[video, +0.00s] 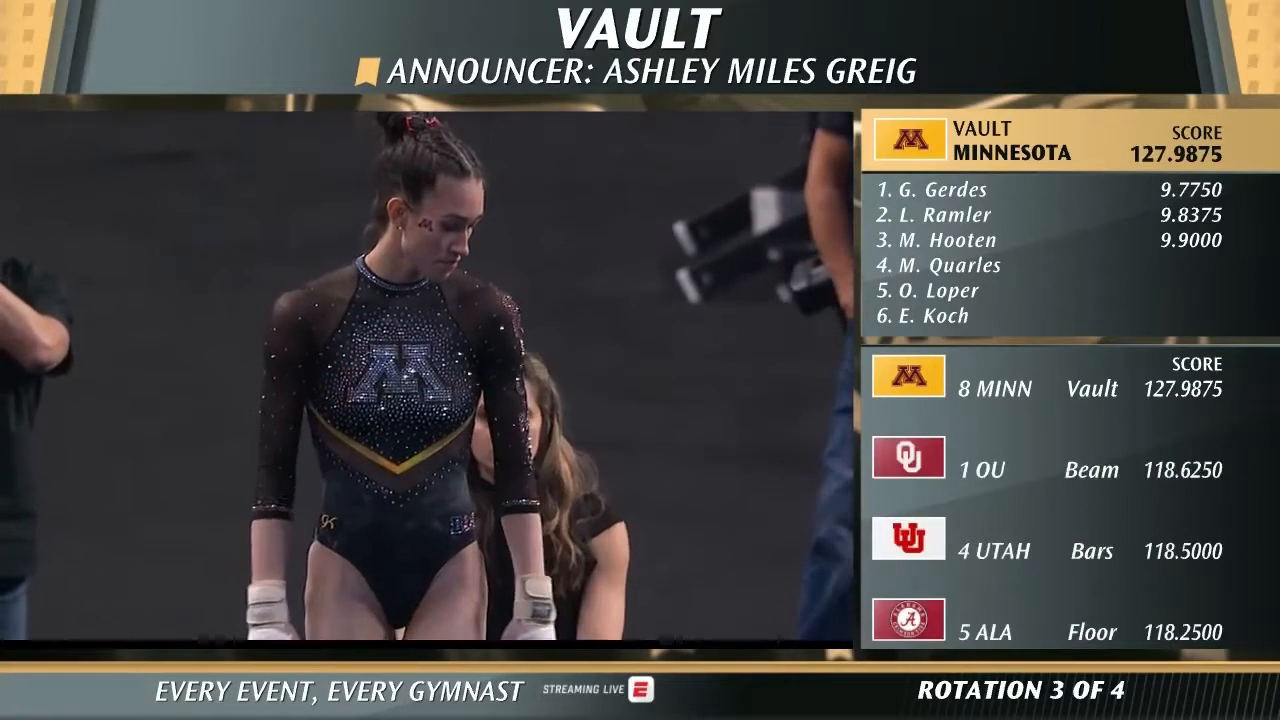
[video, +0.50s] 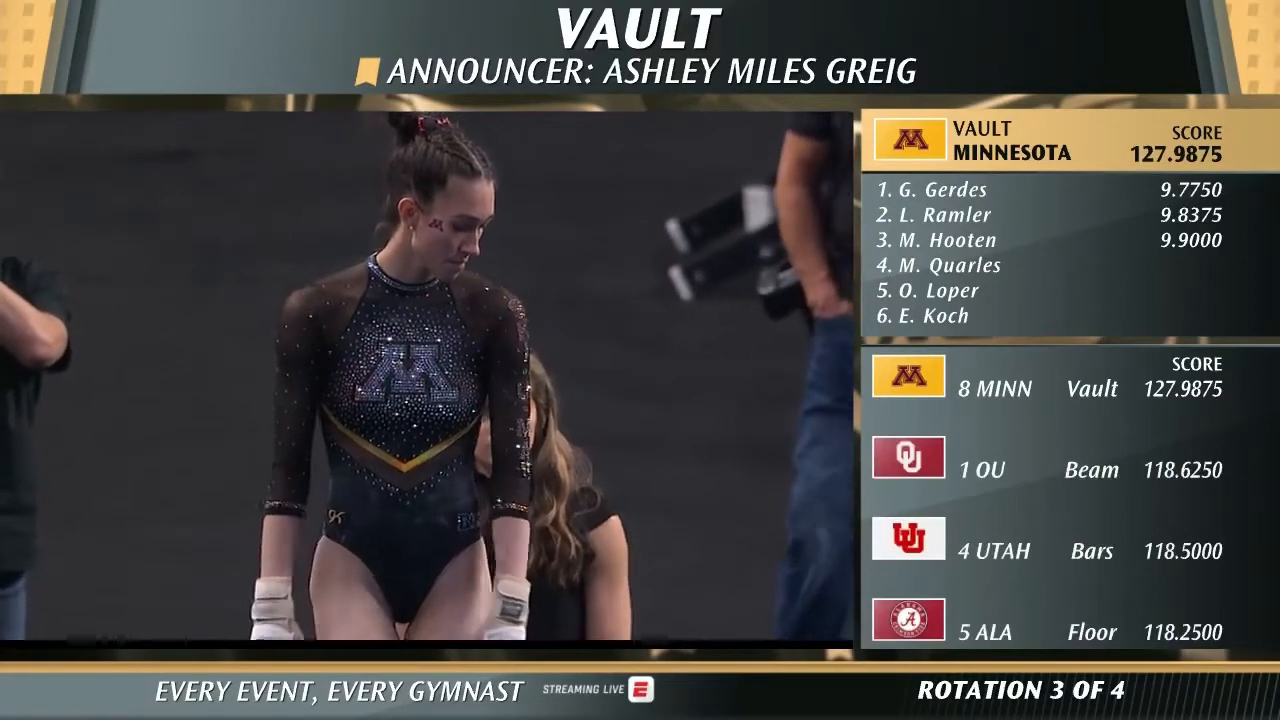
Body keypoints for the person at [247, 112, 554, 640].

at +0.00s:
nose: (463, 244)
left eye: (471, 227)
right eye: (449, 226)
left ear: (478, 217)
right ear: (397, 213)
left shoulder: (483, 313)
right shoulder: (304, 315)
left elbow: (514, 465)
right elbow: (274, 470)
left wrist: (534, 606)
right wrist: (265, 613)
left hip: (452, 563)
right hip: (344, 562)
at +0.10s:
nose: (468, 241)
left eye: (476, 223)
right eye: (454, 221)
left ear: (483, 213)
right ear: (403, 208)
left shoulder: (489, 310)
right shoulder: (310, 308)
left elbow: (510, 460)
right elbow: (284, 461)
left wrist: (519, 603)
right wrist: (284, 609)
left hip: (458, 558)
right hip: (348, 556)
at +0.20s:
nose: (469, 241)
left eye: (477, 224)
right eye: (456, 222)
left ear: (483, 215)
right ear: (404, 208)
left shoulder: (492, 311)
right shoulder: (312, 309)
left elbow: (507, 464)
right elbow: (288, 463)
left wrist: (500, 610)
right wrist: (292, 609)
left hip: (460, 558)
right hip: (348, 555)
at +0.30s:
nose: (471, 245)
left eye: (479, 228)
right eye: (458, 227)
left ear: (485, 216)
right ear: (406, 212)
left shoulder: (493, 315)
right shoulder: (314, 314)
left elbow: (509, 466)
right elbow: (291, 464)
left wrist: (492, 607)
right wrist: (290, 608)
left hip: (460, 561)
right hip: (350, 559)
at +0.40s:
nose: (471, 246)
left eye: (480, 228)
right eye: (458, 227)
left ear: (485, 217)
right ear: (406, 212)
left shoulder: (493, 315)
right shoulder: (315, 313)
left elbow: (510, 468)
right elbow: (291, 468)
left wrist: (494, 612)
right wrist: (280, 609)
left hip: (458, 559)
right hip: (348, 557)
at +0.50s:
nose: (472, 245)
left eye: (481, 227)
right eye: (460, 226)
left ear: (486, 216)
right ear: (410, 211)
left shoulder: (494, 313)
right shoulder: (316, 311)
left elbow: (512, 465)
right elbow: (290, 466)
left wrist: (511, 608)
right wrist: (271, 609)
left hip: (459, 560)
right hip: (350, 557)